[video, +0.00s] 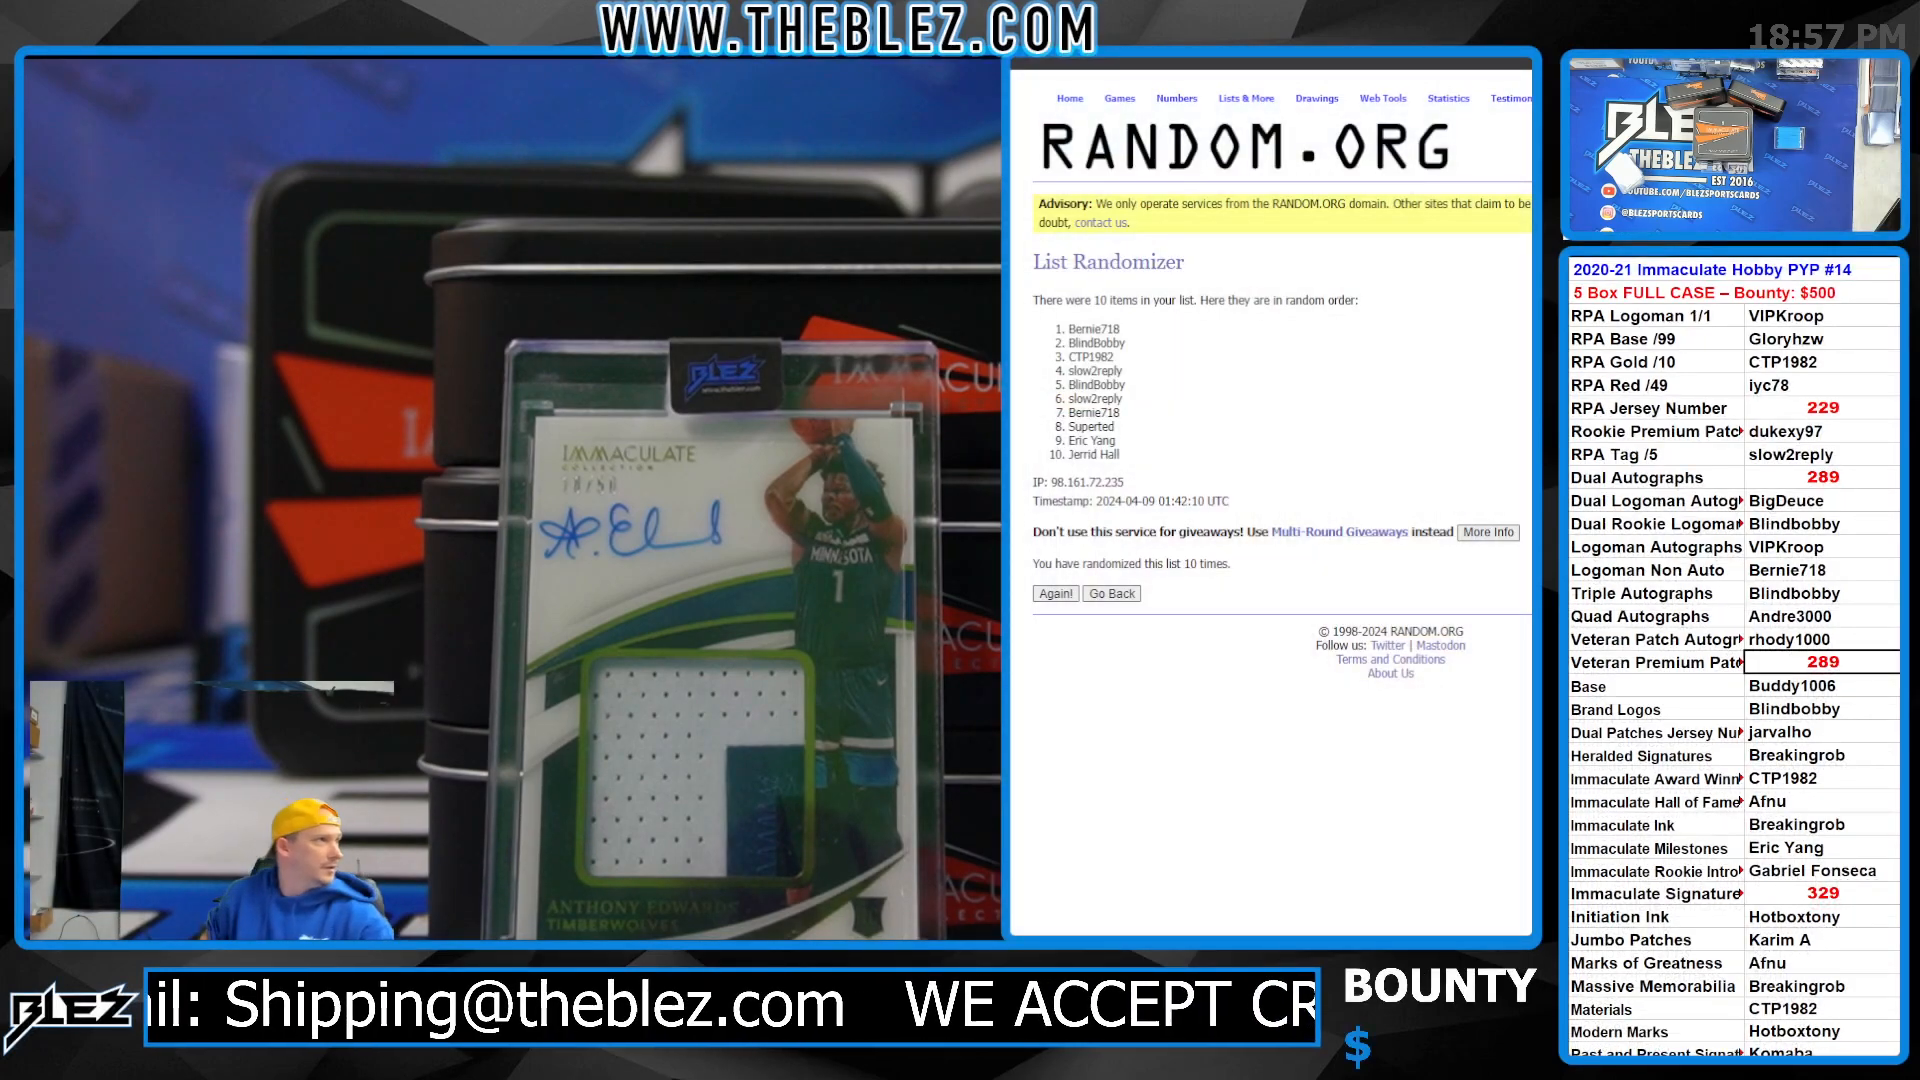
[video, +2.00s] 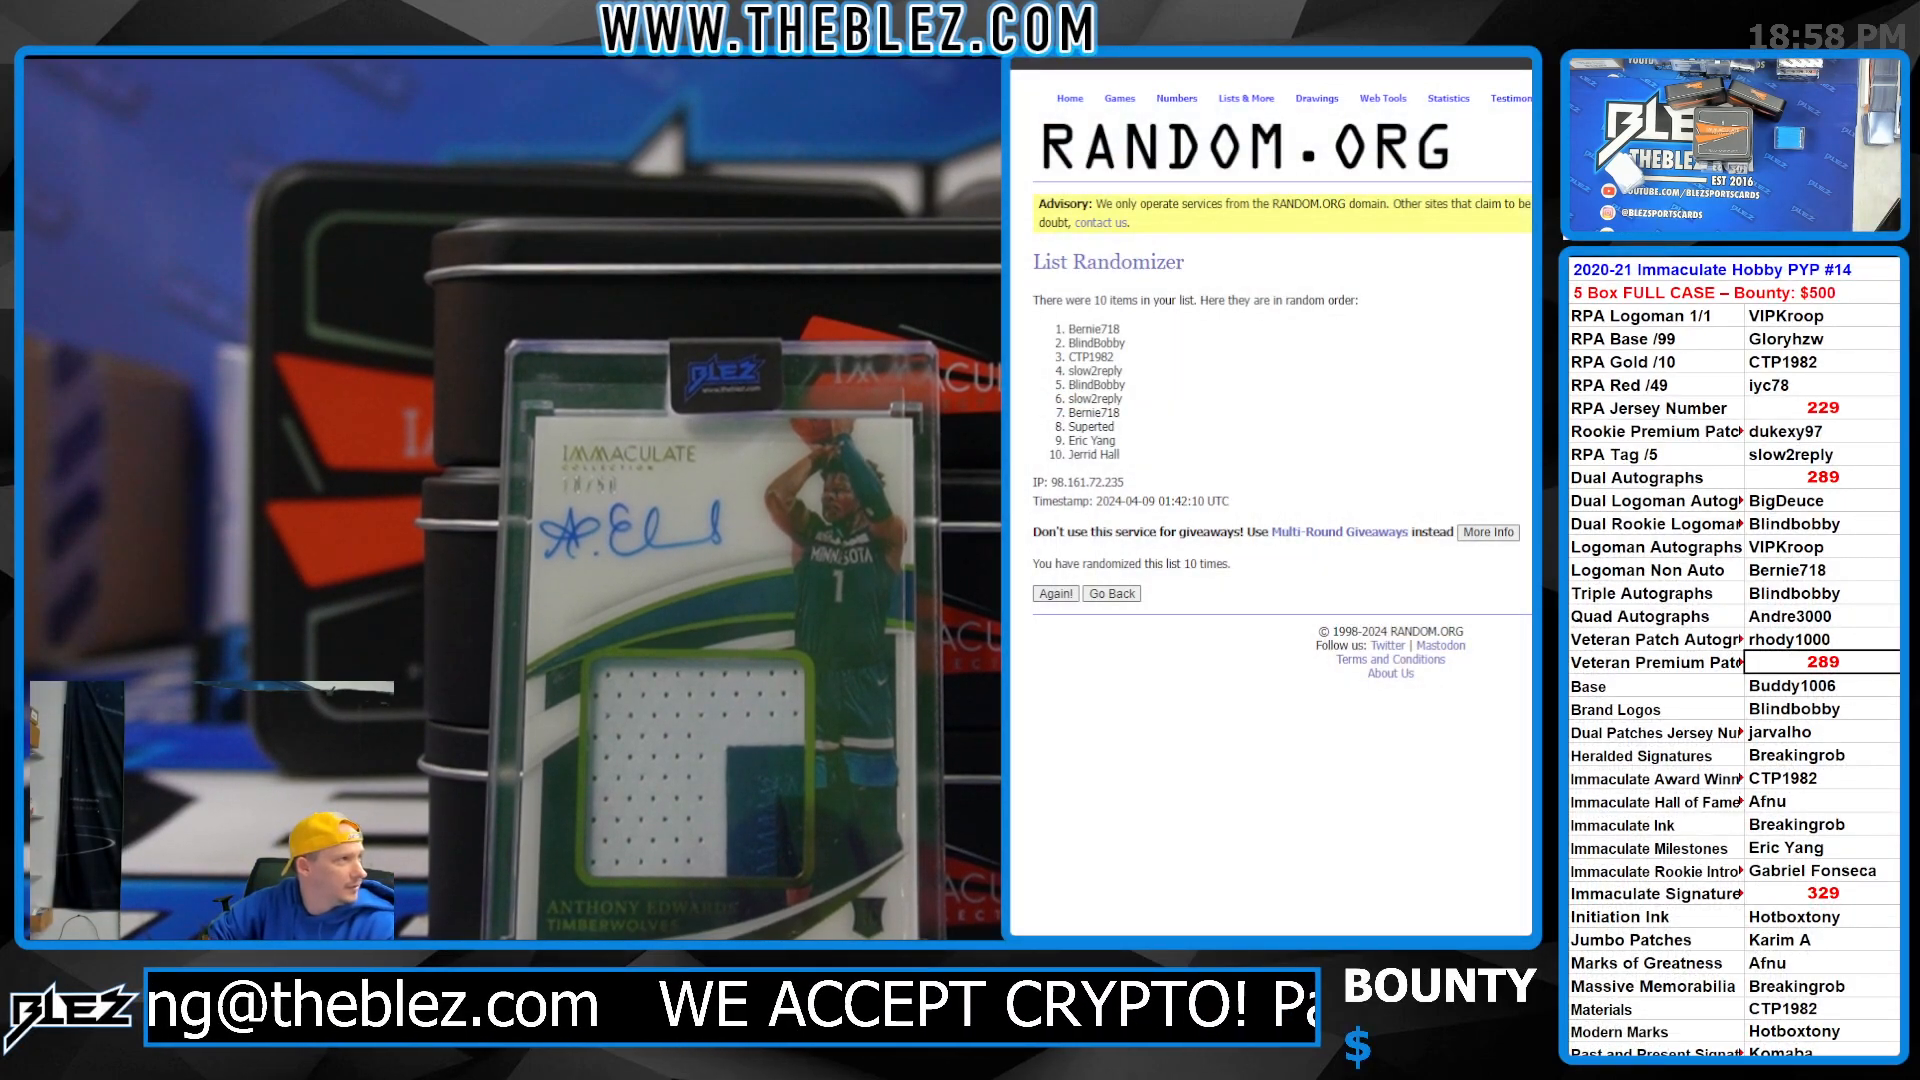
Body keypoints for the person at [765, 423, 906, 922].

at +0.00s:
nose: (835, 495)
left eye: (845, 488)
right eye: (829, 487)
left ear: (863, 495)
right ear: (821, 493)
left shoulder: (884, 539)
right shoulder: (809, 533)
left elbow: (880, 505)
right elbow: (776, 496)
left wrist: (846, 449)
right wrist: (813, 460)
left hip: (866, 675)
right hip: (813, 673)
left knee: (870, 789)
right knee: (818, 787)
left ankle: (872, 894)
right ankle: (823, 887)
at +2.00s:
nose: (835, 497)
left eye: (843, 490)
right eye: (829, 490)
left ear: (862, 495)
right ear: (822, 496)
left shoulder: (884, 539)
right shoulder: (811, 533)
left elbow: (876, 496)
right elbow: (776, 496)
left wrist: (843, 445)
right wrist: (815, 459)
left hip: (865, 679)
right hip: (813, 679)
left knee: (873, 797)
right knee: (820, 795)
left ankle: (873, 895)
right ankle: (820, 888)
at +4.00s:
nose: (841, 495)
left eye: (851, 488)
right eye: (835, 487)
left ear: (868, 495)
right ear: (826, 493)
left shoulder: (890, 539)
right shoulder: (815, 533)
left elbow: (884, 506)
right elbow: (780, 496)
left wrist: (851, 449)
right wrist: (818, 459)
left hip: (871, 677)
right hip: (818, 676)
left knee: (878, 796)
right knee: (822, 792)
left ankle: (876, 902)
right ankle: (821, 891)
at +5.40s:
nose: (840, 494)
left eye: (850, 487)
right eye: (834, 486)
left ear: (868, 494)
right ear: (826, 493)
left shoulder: (890, 539)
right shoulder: (815, 534)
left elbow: (885, 504)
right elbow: (780, 496)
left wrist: (851, 447)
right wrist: (819, 458)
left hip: (873, 680)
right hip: (821, 679)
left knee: (874, 793)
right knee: (827, 792)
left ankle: (879, 901)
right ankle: (829, 892)